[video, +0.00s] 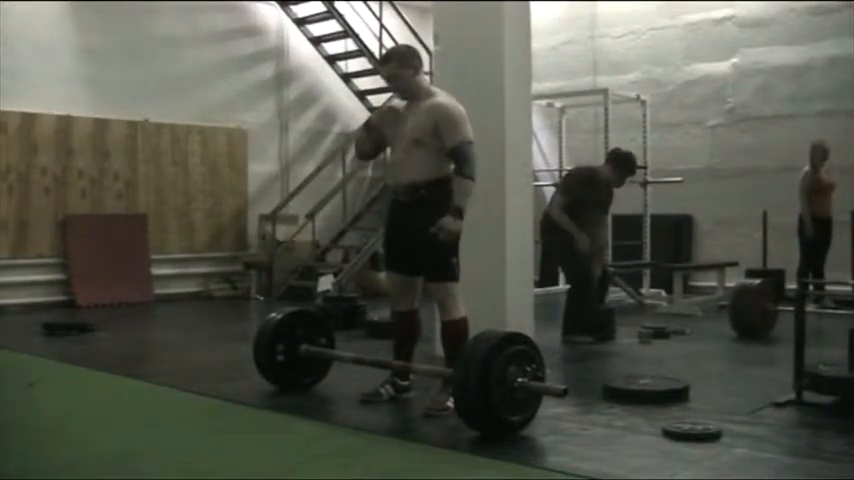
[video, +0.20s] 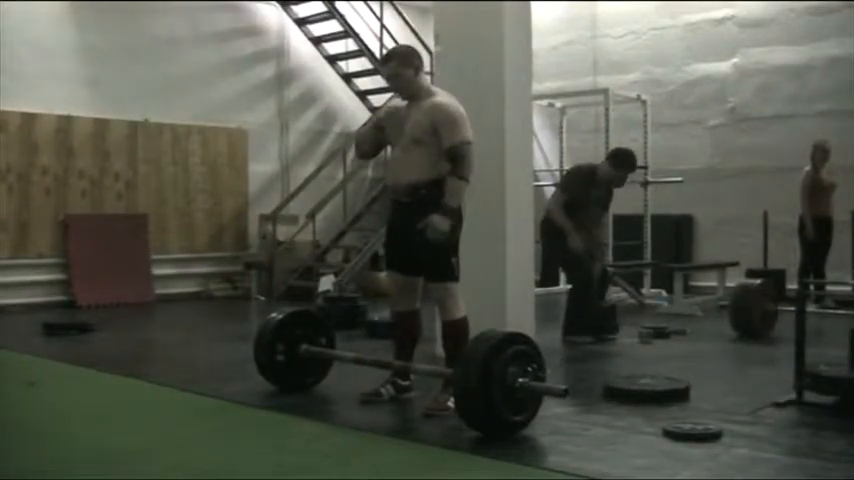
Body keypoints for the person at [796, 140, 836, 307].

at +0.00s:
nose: (821, 160)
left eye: (823, 156)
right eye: (818, 156)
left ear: (826, 158)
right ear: (812, 156)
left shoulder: (823, 175)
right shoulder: (808, 175)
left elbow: (824, 201)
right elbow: (804, 202)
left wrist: (827, 220)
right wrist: (807, 225)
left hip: (824, 220)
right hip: (810, 220)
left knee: (819, 259)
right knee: (807, 259)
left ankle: (819, 294)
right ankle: (802, 293)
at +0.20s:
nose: (823, 158)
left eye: (825, 155)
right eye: (820, 155)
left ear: (828, 157)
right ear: (813, 155)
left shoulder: (823, 175)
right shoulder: (809, 175)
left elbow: (824, 200)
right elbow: (805, 202)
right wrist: (808, 224)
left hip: (824, 220)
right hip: (811, 220)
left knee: (819, 260)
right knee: (808, 259)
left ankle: (820, 294)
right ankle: (803, 293)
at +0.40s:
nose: (824, 159)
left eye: (826, 155)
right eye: (821, 155)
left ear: (828, 157)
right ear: (814, 155)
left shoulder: (824, 175)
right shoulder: (810, 175)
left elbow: (825, 200)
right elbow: (806, 202)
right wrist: (809, 224)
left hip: (825, 220)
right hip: (812, 220)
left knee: (820, 260)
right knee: (809, 259)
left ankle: (820, 294)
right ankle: (803, 293)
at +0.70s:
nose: (823, 159)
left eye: (825, 156)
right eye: (820, 155)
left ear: (827, 158)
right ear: (813, 156)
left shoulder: (823, 175)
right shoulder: (809, 175)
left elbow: (824, 200)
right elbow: (805, 201)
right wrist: (808, 224)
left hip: (824, 220)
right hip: (811, 220)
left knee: (819, 260)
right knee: (807, 259)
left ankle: (819, 294)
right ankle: (802, 293)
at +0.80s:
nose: (824, 159)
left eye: (826, 155)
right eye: (821, 155)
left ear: (827, 157)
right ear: (813, 155)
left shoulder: (822, 175)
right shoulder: (809, 174)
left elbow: (824, 200)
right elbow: (805, 201)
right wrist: (809, 224)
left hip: (824, 221)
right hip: (811, 220)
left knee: (819, 259)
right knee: (808, 258)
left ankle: (820, 294)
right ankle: (802, 293)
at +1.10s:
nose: (824, 159)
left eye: (826, 156)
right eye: (821, 155)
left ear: (828, 157)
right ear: (814, 155)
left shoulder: (824, 175)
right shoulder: (809, 174)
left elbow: (825, 200)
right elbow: (805, 201)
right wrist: (809, 224)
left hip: (824, 221)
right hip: (811, 220)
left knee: (820, 259)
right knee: (808, 259)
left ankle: (820, 294)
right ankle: (803, 293)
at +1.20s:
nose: (824, 159)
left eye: (826, 156)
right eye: (821, 155)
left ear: (828, 157)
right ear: (814, 155)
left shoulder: (824, 175)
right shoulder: (809, 174)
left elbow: (825, 200)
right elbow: (805, 201)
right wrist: (809, 224)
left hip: (824, 221)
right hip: (811, 220)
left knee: (820, 260)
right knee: (808, 259)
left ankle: (820, 294)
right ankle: (803, 293)